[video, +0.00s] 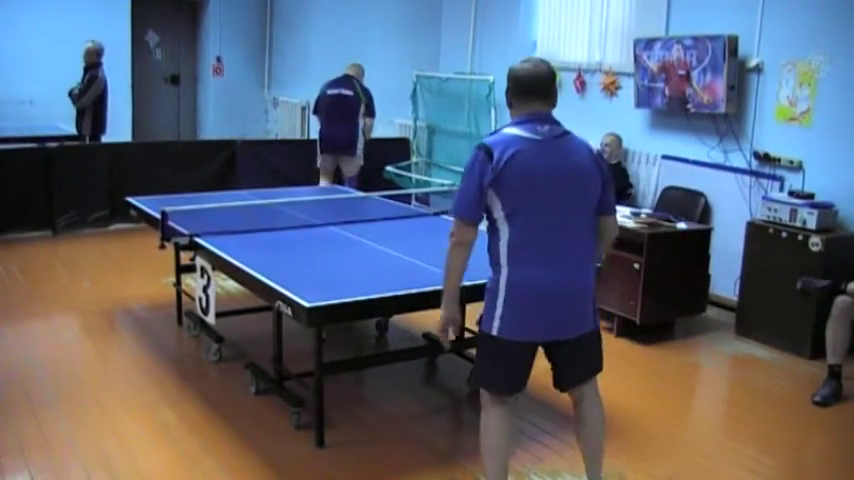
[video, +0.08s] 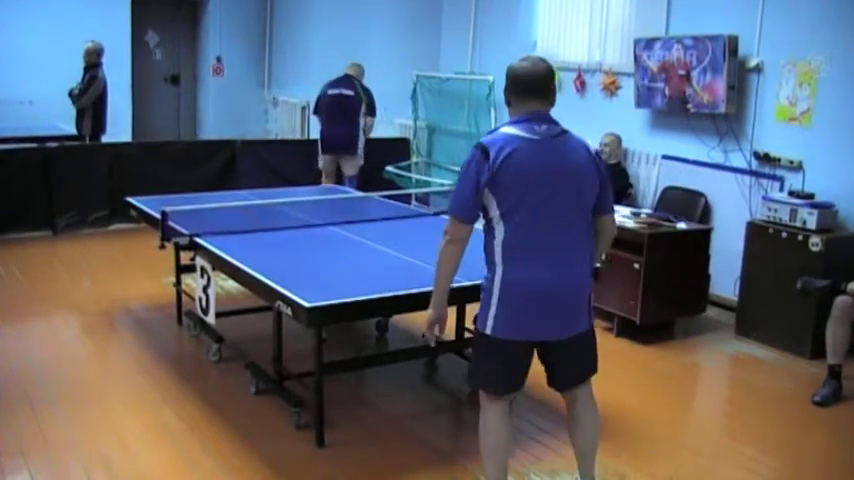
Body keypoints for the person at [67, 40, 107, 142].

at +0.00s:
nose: (85, 57)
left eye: (89, 54)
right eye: (85, 53)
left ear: (98, 56)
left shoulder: (96, 76)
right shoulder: (88, 74)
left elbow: (81, 101)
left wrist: (74, 92)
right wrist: (76, 92)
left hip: (92, 128)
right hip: (85, 127)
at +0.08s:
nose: (85, 57)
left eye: (89, 54)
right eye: (85, 53)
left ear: (98, 56)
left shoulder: (96, 76)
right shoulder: (88, 74)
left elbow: (81, 101)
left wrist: (74, 92)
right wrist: (76, 92)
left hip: (92, 128)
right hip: (85, 127)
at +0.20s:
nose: (85, 57)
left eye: (89, 54)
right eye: (85, 53)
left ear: (97, 56)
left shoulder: (96, 76)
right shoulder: (88, 73)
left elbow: (82, 101)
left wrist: (74, 92)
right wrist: (76, 92)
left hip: (92, 128)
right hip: (84, 127)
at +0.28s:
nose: (85, 57)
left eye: (89, 54)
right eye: (85, 53)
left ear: (97, 56)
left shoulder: (96, 76)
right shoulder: (88, 73)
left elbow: (81, 101)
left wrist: (74, 92)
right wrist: (76, 92)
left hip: (92, 128)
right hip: (85, 127)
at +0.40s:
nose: (85, 57)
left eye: (89, 54)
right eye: (85, 53)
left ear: (97, 56)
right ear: (83, 54)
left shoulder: (96, 76)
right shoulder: (87, 73)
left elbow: (82, 101)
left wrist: (74, 92)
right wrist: (76, 93)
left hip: (92, 128)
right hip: (84, 127)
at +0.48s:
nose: (84, 56)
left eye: (88, 53)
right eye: (84, 52)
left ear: (96, 56)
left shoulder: (96, 76)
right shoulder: (88, 73)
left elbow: (81, 102)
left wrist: (73, 92)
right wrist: (76, 93)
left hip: (91, 128)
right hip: (85, 127)